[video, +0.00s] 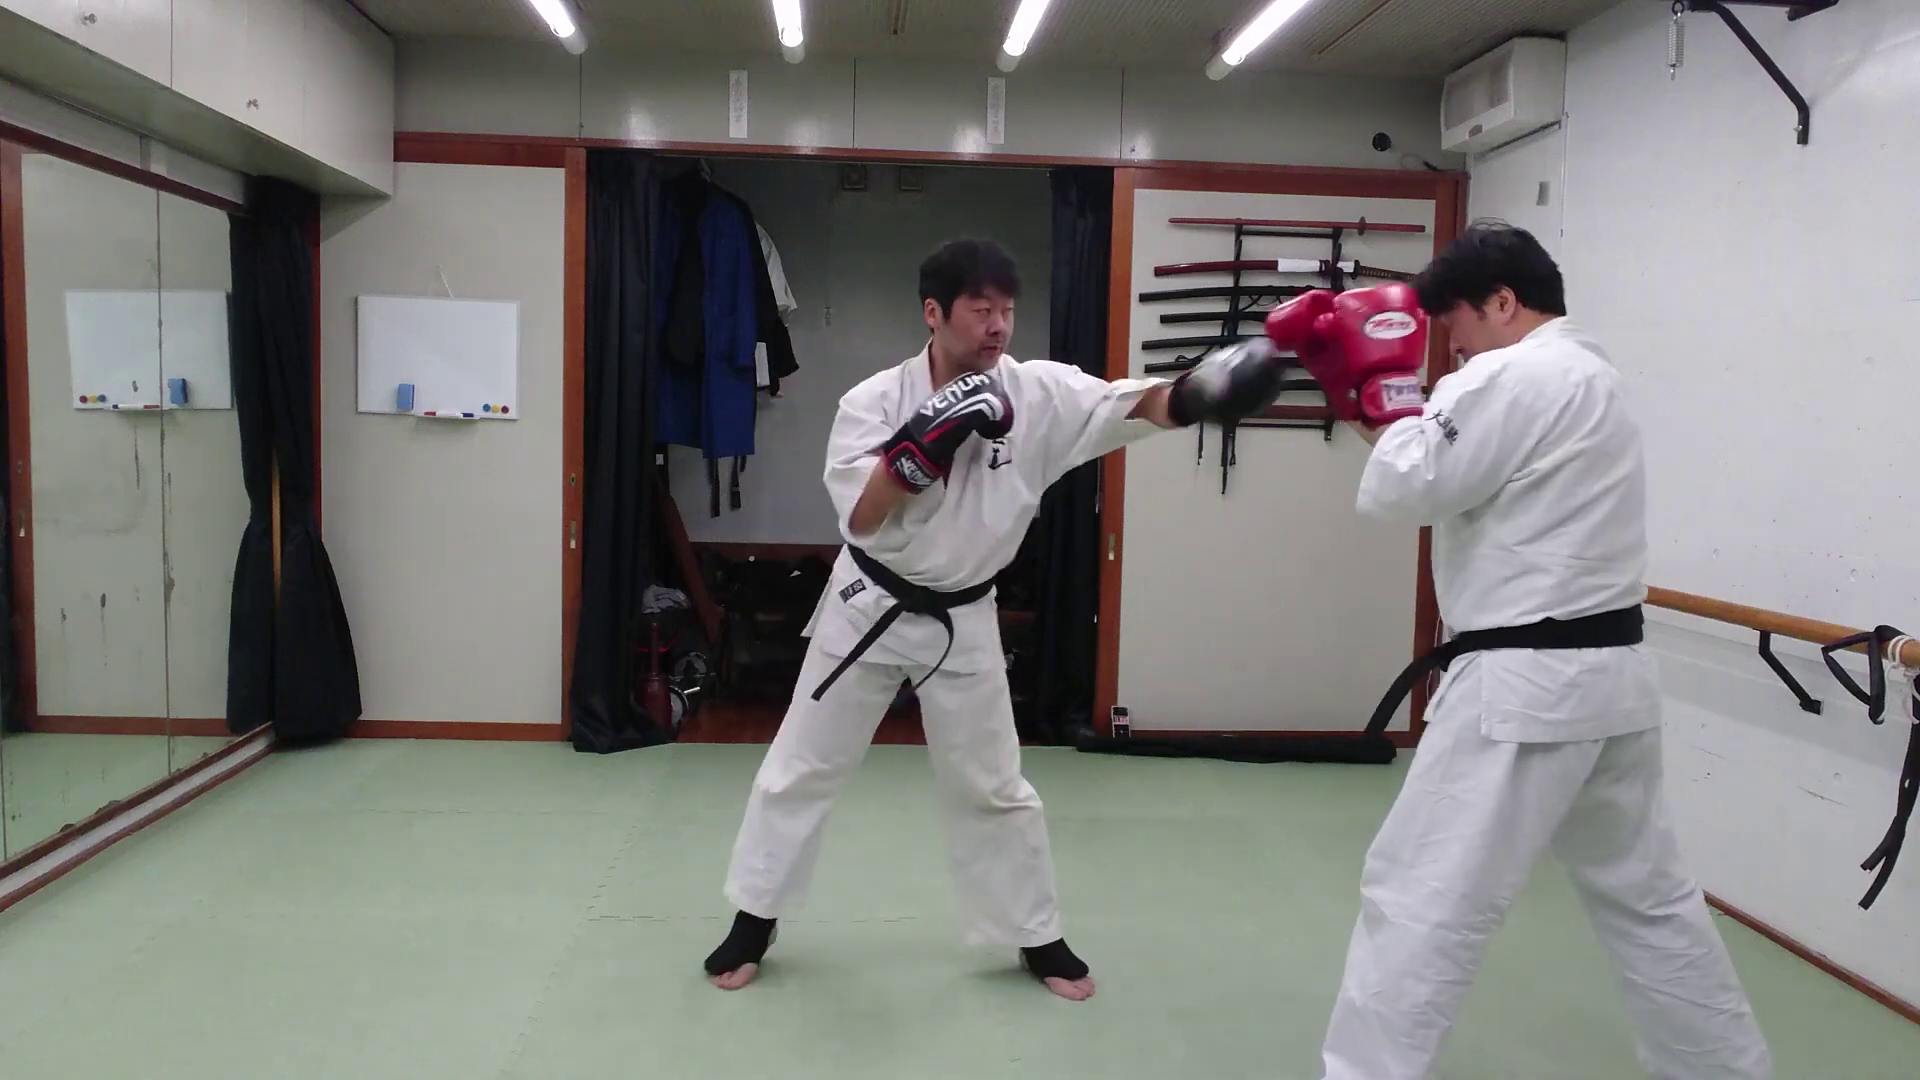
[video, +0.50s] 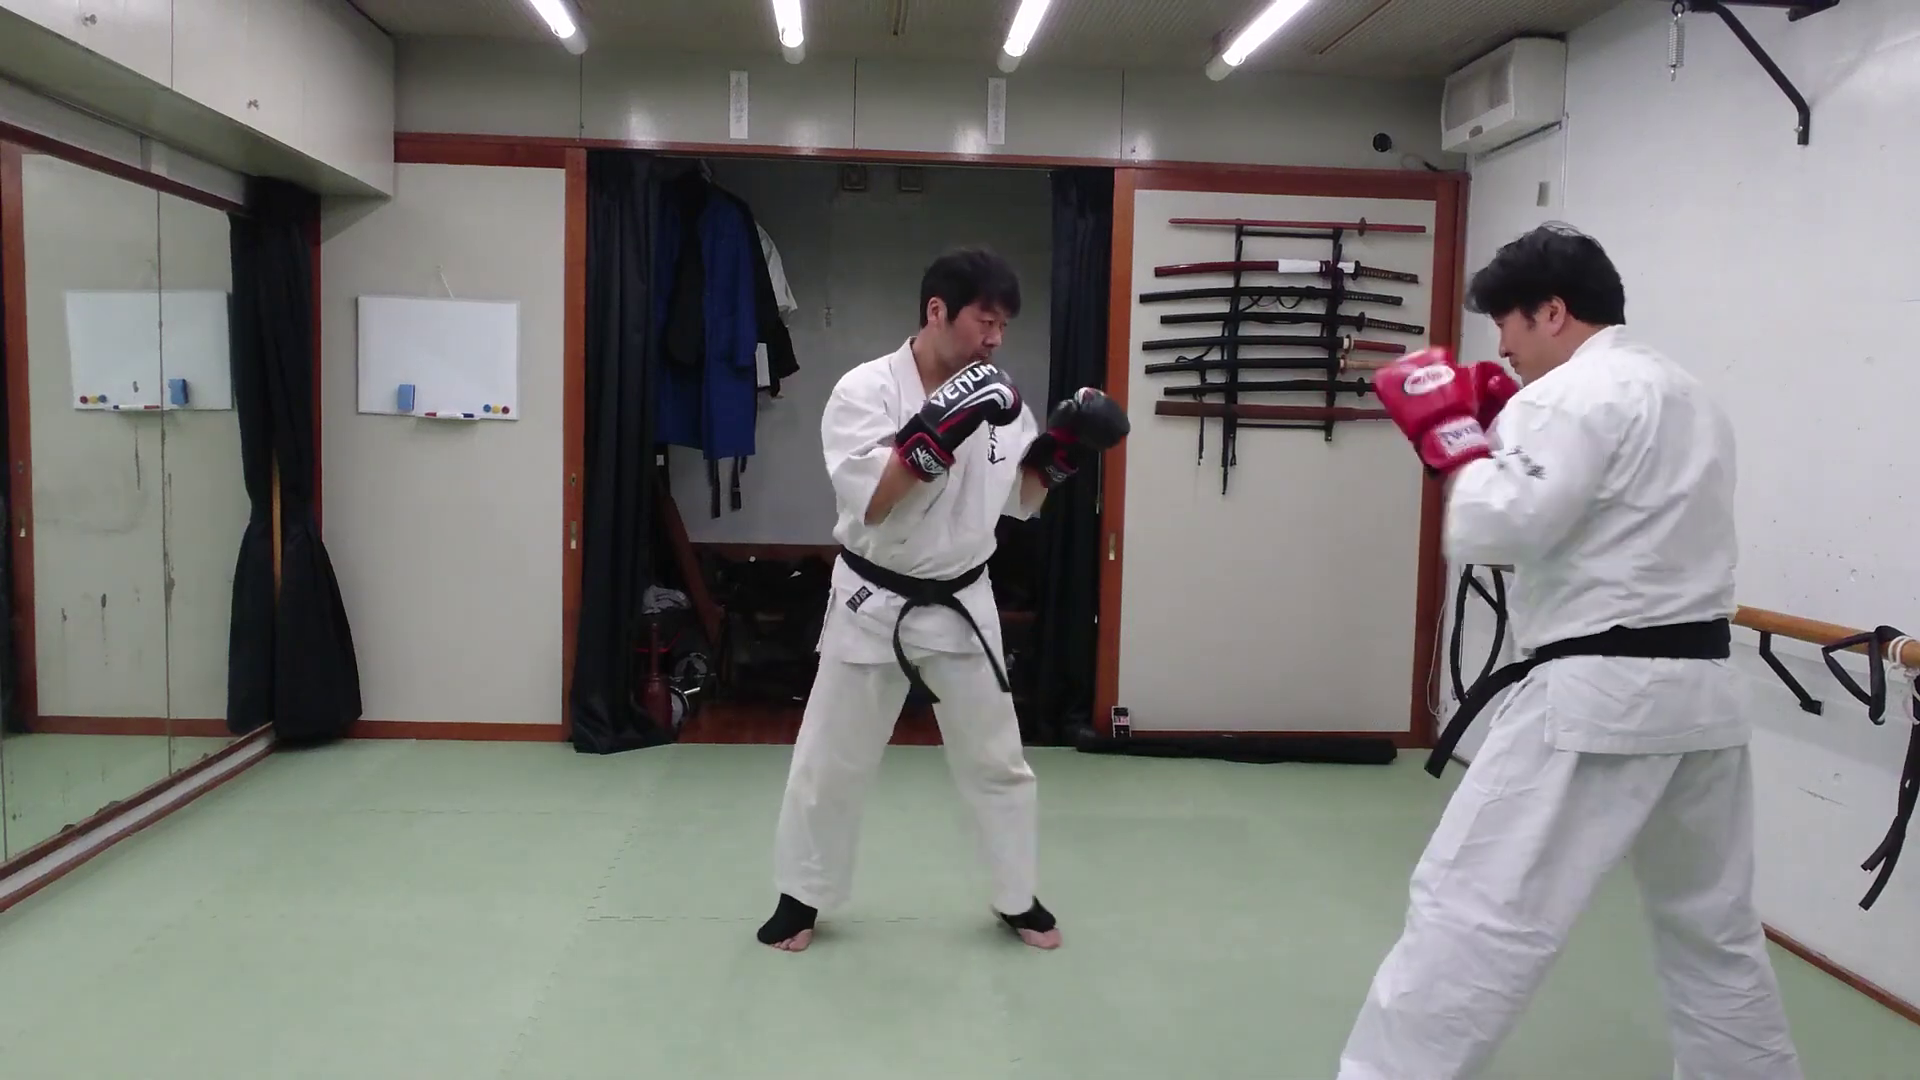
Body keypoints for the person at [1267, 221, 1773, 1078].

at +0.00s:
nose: (1451, 349)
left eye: (1453, 326)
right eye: (1445, 332)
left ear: (1503, 302)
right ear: (1531, 305)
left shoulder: (1508, 382)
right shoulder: (1596, 377)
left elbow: (1400, 487)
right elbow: (1478, 476)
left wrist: (1400, 391)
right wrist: (1388, 408)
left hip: (1520, 687)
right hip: (1621, 678)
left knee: (1418, 904)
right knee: (1651, 904)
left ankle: (1364, 1065)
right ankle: (1731, 1067)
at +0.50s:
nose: (1502, 351)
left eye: (1506, 330)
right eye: (1497, 335)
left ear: (1554, 312)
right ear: (1593, 310)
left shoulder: (1570, 397)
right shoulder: (1693, 394)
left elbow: (1495, 525)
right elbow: (1611, 490)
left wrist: (1457, 441)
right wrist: (1509, 414)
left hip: (1591, 700)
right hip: (1708, 699)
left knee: (1467, 922)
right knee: (1717, 943)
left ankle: (1389, 1068)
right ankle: (1753, 1076)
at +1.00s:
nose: (1431, 332)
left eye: (1435, 311)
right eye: (1428, 313)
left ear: (1478, 300)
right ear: (1546, 292)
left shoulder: (1488, 393)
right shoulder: (1640, 379)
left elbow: (1377, 527)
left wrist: (1345, 442)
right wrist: (1448, 391)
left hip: (1541, 719)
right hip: (1680, 706)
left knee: (1431, 985)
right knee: (1702, 982)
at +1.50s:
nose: (1488, 331)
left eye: (1489, 308)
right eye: (1483, 312)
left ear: (1528, 291)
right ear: (1606, 286)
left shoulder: (1494, 386)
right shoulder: (1706, 397)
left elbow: (1394, 516)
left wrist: (1350, 449)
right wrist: (1485, 383)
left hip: (1516, 731)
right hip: (1671, 730)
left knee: (1393, 988)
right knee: (1698, 998)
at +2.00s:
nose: (1523, 306)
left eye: (1525, 281)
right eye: (1520, 283)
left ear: (1578, 269)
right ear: (1615, 262)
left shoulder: (1601, 376)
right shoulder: (1706, 351)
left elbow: (1526, 501)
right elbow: (1560, 396)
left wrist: (1398, 434)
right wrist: (1445, 381)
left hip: (1544, 744)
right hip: (1667, 729)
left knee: (1442, 997)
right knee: (1654, 928)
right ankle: (1742, 1076)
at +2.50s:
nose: (1440, 310)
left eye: (1440, 287)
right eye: (1437, 288)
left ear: (1481, 284)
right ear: (1563, 264)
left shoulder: (1585, 408)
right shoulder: (1574, 369)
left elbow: (1503, 585)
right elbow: (1535, 488)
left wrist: (1380, 511)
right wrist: (1439, 460)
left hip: (1518, 754)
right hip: (1475, 702)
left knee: (1409, 991)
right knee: (1358, 773)